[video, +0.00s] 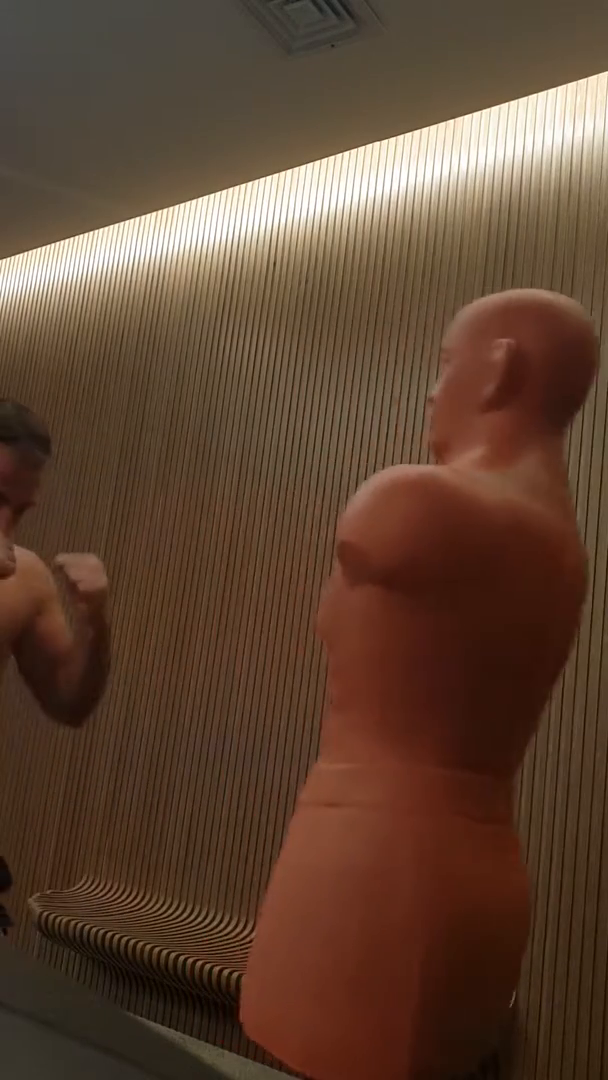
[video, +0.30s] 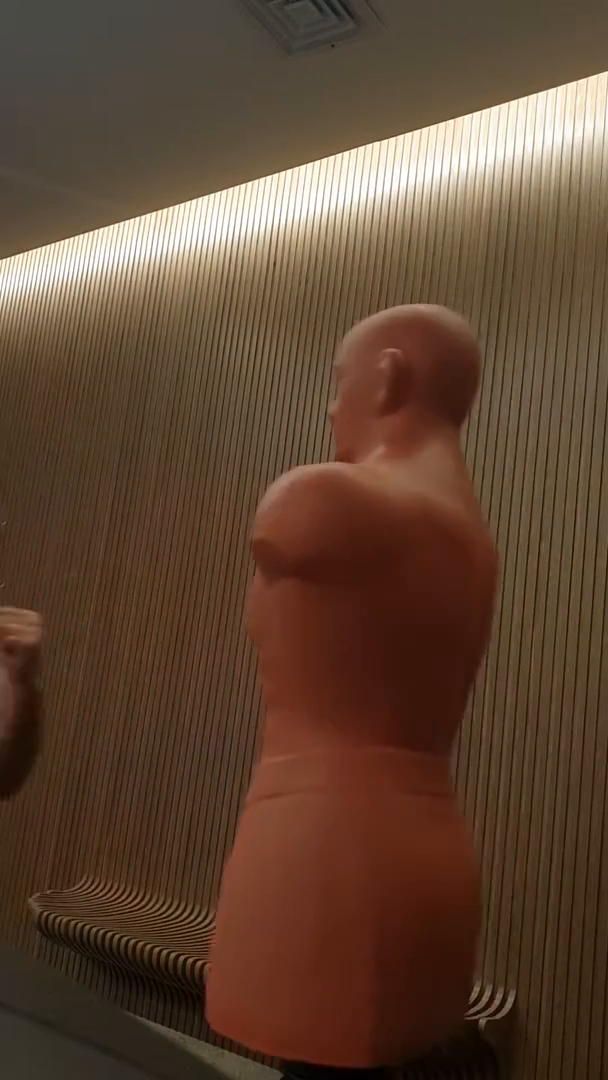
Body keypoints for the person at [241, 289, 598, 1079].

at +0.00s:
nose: (435, 391)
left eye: (447, 365)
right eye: (440, 366)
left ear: (498, 374)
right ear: (559, 400)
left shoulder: (414, 505)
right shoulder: (559, 548)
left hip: (368, 881)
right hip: (477, 871)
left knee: (313, 1063)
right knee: (435, 1065)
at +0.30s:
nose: (333, 411)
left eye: (341, 383)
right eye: (335, 386)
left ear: (390, 380)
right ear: (459, 403)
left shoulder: (318, 502)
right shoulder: (474, 540)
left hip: (319, 860)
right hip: (427, 847)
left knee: (282, 1064)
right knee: (391, 1060)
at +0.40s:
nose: (323, 407)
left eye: (331, 379)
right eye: (325, 382)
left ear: (378, 379)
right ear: (446, 401)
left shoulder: (309, 500)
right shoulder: (463, 535)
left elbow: (252, 630)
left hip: (313, 863)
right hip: (426, 851)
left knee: (279, 1063)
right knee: (394, 1061)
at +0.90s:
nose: (355, 402)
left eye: (366, 376)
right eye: (359, 379)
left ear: (419, 376)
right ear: (480, 399)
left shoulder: (339, 503)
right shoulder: (493, 536)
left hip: (335, 861)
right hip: (440, 848)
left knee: (295, 1064)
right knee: (402, 1063)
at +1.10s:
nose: (352, 400)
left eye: (362, 374)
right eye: (355, 377)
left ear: (414, 374)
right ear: (476, 397)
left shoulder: (334, 500)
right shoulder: (488, 531)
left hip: (331, 857)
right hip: (437, 847)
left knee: (294, 1061)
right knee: (402, 1062)